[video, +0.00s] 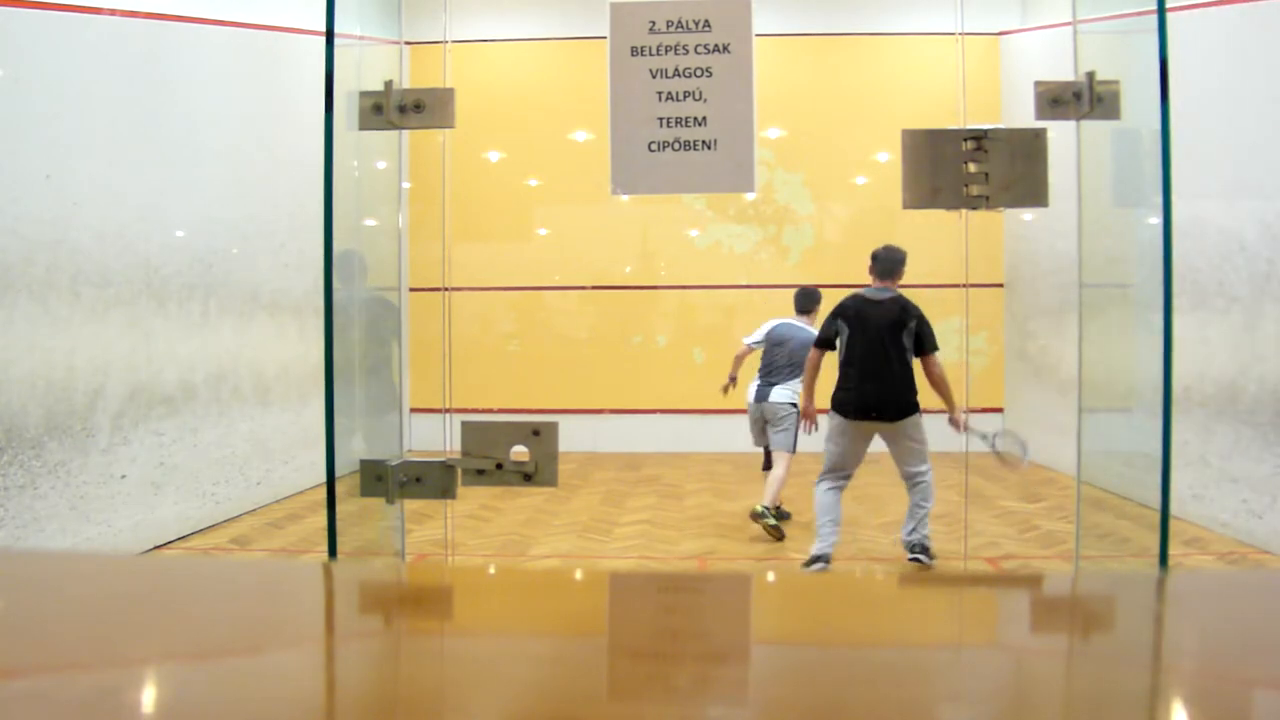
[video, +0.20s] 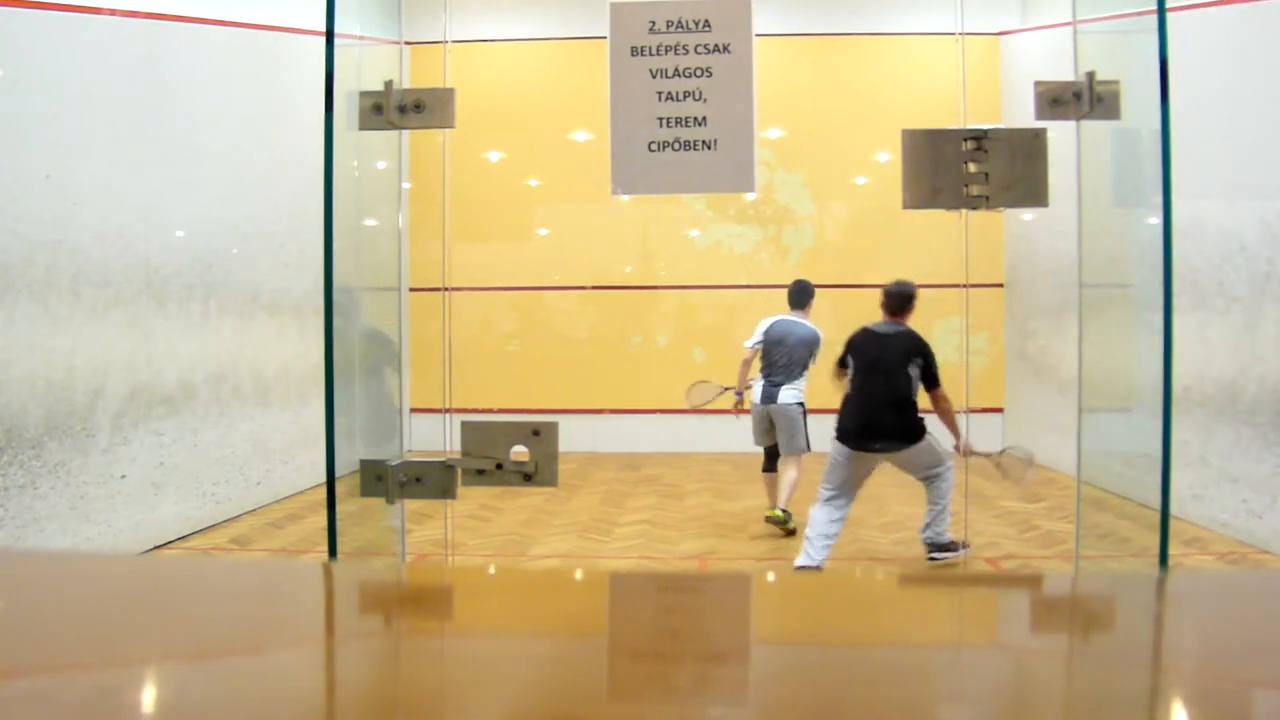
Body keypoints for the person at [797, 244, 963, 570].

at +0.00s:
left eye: (870, 269)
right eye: (898, 273)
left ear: (870, 271)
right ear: (901, 275)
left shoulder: (847, 306)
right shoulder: (910, 312)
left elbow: (816, 353)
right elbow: (932, 368)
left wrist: (808, 400)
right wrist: (953, 408)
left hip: (851, 408)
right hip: (899, 409)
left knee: (832, 479)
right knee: (918, 475)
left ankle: (822, 551)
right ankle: (917, 541)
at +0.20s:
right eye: (912, 303)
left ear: (883, 305)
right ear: (912, 307)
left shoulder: (860, 337)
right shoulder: (916, 344)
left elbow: (839, 372)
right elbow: (937, 397)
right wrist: (958, 436)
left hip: (856, 431)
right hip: (899, 432)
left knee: (832, 496)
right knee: (940, 469)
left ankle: (809, 560)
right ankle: (937, 540)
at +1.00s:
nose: (1036, 391)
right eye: (1037, 388)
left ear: (1018, 376)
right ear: (1034, 389)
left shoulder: (992, 379)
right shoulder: (1023, 407)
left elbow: (948, 393)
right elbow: (1027, 442)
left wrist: (931, 420)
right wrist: (1035, 451)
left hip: (946, 414)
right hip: (971, 430)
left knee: (979, 451)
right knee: (959, 479)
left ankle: (981, 495)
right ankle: (916, 504)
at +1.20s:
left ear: (1001, 370)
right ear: (1017, 381)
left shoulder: (987, 371)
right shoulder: (1017, 395)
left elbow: (957, 383)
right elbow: (985, 437)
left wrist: (935, 408)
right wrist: (943, 440)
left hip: (969, 399)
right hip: (997, 414)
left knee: (984, 448)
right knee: (965, 465)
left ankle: (981, 494)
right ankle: (909, 467)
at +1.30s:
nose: (990, 359)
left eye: (992, 358)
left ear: (994, 360)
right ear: (1011, 369)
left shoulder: (985, 363)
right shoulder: (1018, 384)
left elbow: (962, 367)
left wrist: (940, 386)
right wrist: (955, 442)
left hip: (974, 399)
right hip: (1004, 412)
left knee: (985, 445)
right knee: (987, 469)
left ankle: (983, 492)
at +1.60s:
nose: (968, 332)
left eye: (971, 328)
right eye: (969, 328)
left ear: (982, 327)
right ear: (993, 330)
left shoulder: (974, 343)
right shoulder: (1014, 350)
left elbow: (972, 363)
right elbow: (1036, 390)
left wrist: (967, 393)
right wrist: (1032, 420)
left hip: (988, 401)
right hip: (1023, 406)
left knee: (984, 449)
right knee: (1016, 455)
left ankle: (979, 496)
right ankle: (1040, 505)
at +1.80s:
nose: (955, 321)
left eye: (957, 315)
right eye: (954, 316)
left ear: (973, 314)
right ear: (980, 317)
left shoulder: (969, 335)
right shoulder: (1004, 337)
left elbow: (974, 363)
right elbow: (1036, 370)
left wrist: (970, 403)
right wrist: (1050, 403)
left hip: (989, 403)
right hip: (1020, 407)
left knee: (957, 445)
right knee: (1021, 456)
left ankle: (959, 503)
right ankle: (1039, 509)